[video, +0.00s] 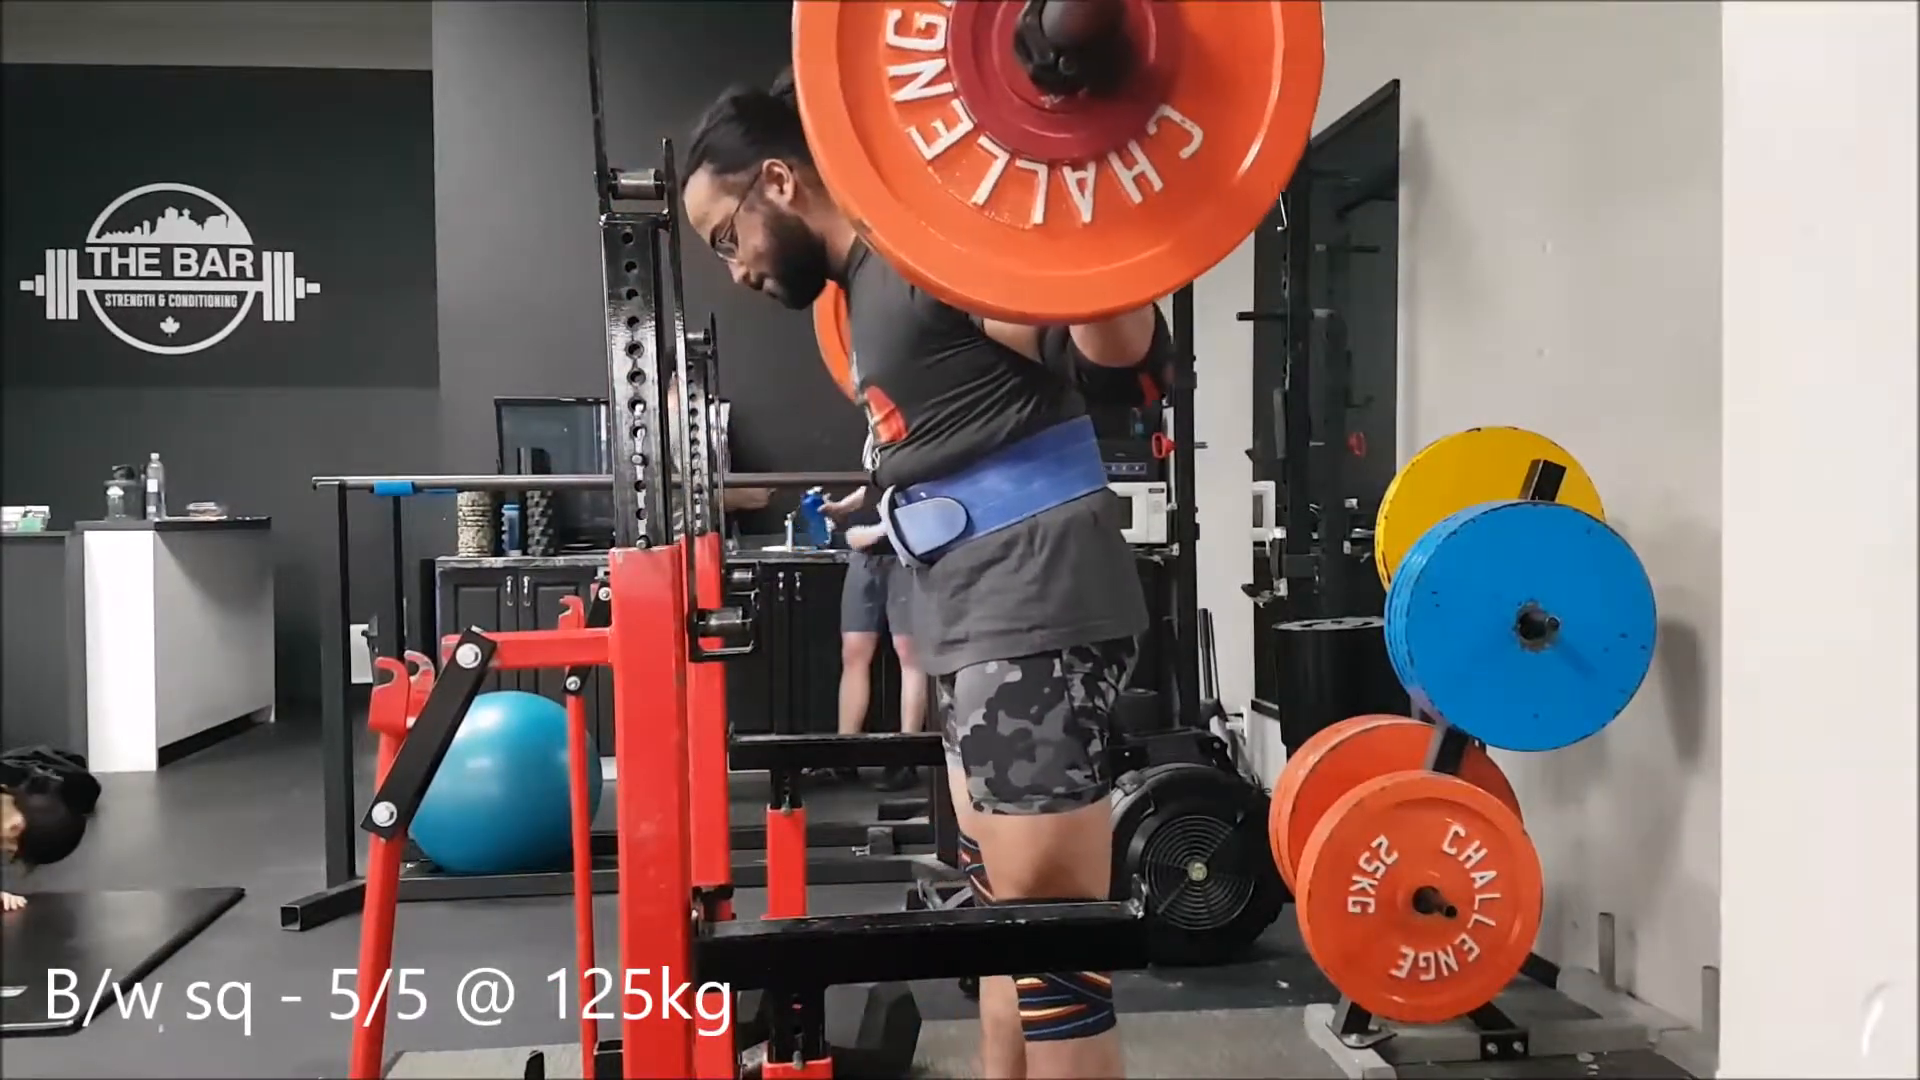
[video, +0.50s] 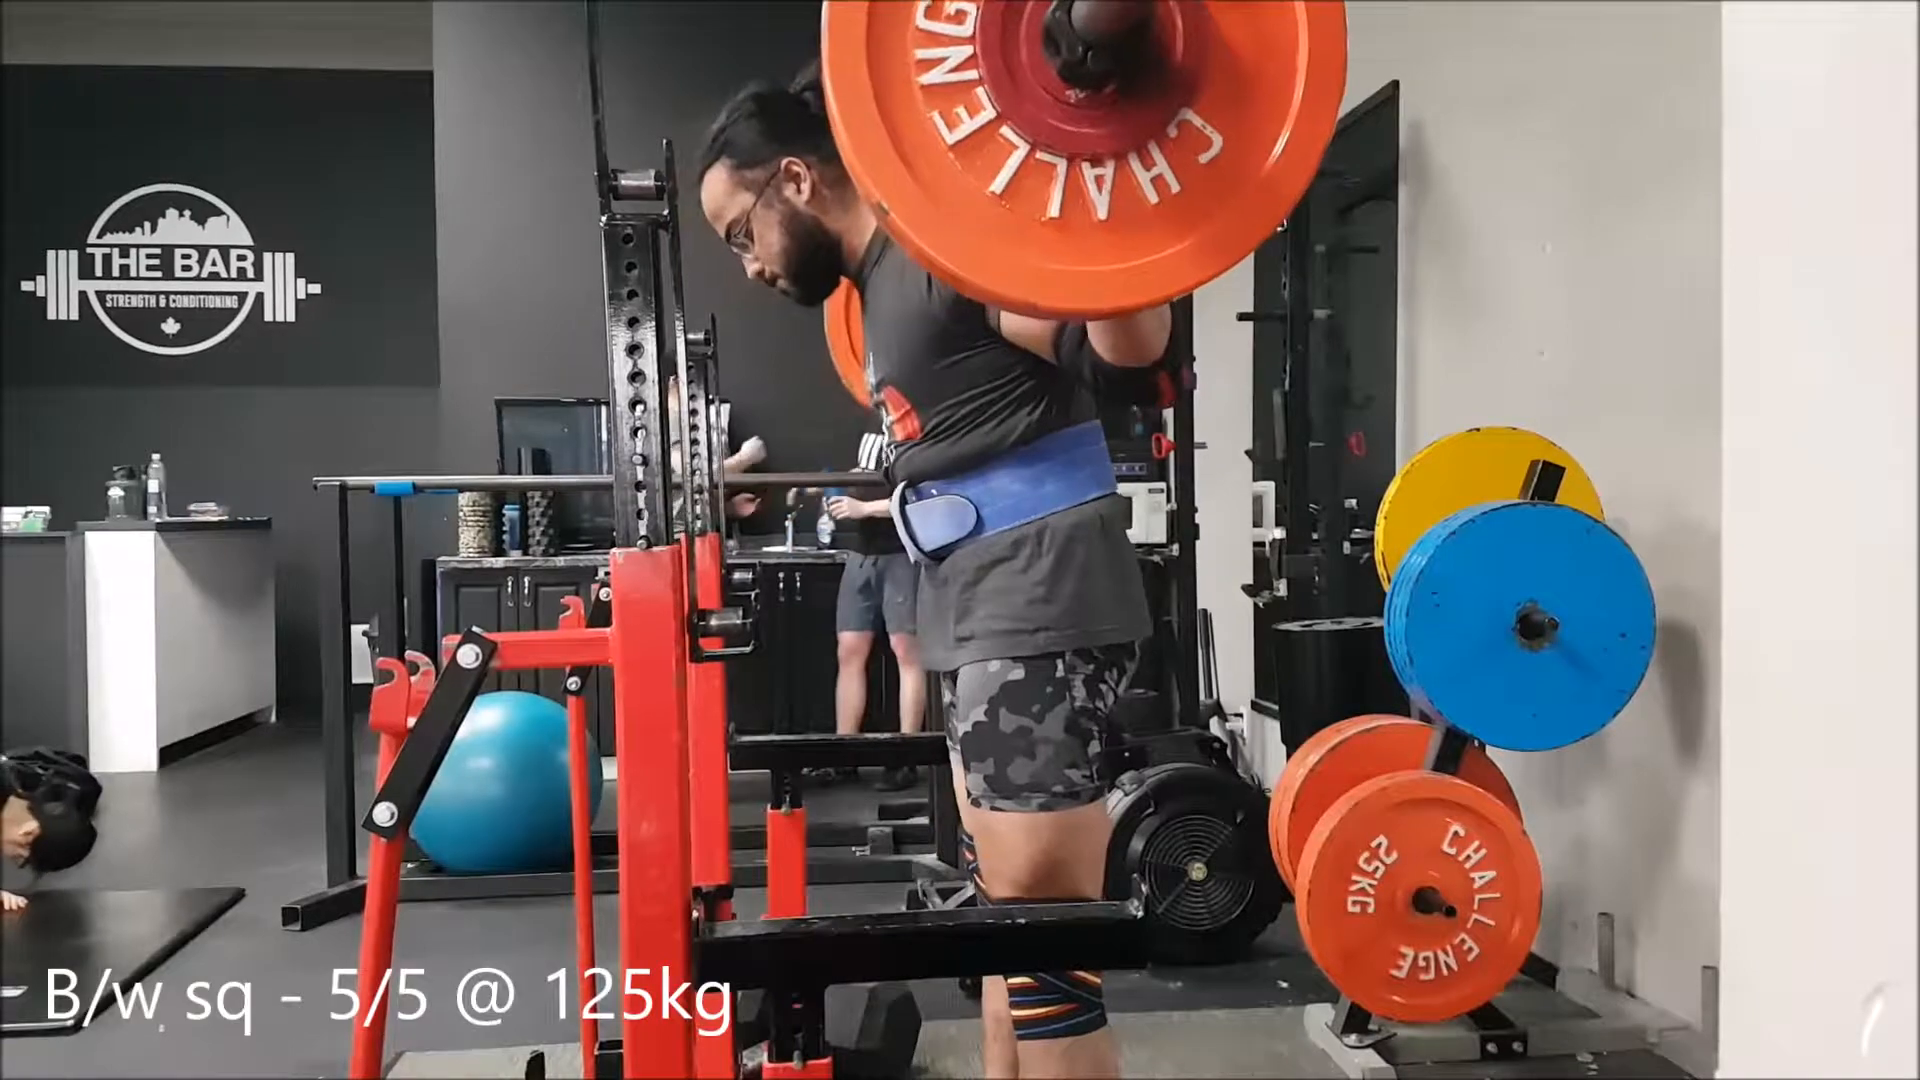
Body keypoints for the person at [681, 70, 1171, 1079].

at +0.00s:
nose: (734, 268)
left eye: (726, 235)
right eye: (716, 249)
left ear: (782, 180)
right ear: (778, 185)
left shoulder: (925, 236)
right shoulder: (862, 283)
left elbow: (1121, 338)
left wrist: (1105, 165)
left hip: (1038, 603)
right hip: (971, 611)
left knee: (1051, 948)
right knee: (1001, 935)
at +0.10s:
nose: (738, 269)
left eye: (729, 234)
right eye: (720, 251)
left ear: (786, 181)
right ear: (783, 188)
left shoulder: (931, 236)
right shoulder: (868, 286)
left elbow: (1126, 341)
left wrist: (1111, 170)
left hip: (1040, 602)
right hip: (977, 611)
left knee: (1052, 950)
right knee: (1006, 936)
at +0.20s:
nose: (740, 267)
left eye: (733, 234)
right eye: (724, 249)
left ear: (788, 182)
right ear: (787, 189)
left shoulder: (933, 239)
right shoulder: (870, 289)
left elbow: (1131, 339)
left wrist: (1116, 174)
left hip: (1043, 606)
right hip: (981, 614)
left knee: (1050, 947)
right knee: (1005, 934)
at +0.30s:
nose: (744, 266)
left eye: (736, 231)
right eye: (726, 248)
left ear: (792, 179)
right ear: (789, 187)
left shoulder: (937, 239)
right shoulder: (876, 285)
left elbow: (1133, 338)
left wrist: (1119, 168)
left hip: (1044, 601)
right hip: (981, 608)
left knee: (1047, 942)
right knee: (1004, 933)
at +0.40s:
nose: (746, 266)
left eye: (739, 232)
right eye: (729, 248)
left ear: (795, 181)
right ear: (794, 189)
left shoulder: (936, 236)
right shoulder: (878, 286)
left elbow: (1133, 336)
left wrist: (1130, 162)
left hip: (1045, 593)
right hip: (984, 601)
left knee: (1045, 938)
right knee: (1004, 931)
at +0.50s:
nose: (748, 265)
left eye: (741, 231)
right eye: (731, 247)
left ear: (798, 180)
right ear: (796, 188)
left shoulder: (942, 234)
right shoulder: (880, 286)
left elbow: (1133, 340)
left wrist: (1127, 162)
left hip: (1044, 604)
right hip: (981, 611)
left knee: (1044, 939)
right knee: (1004, 932)